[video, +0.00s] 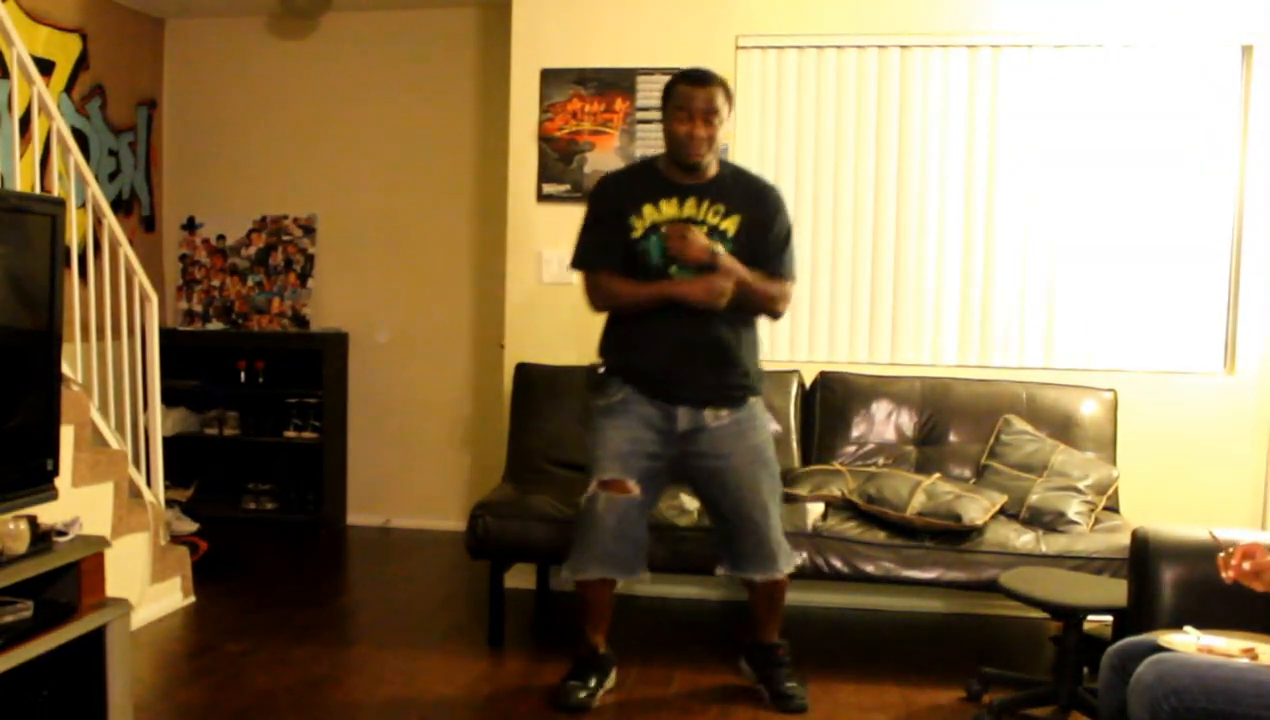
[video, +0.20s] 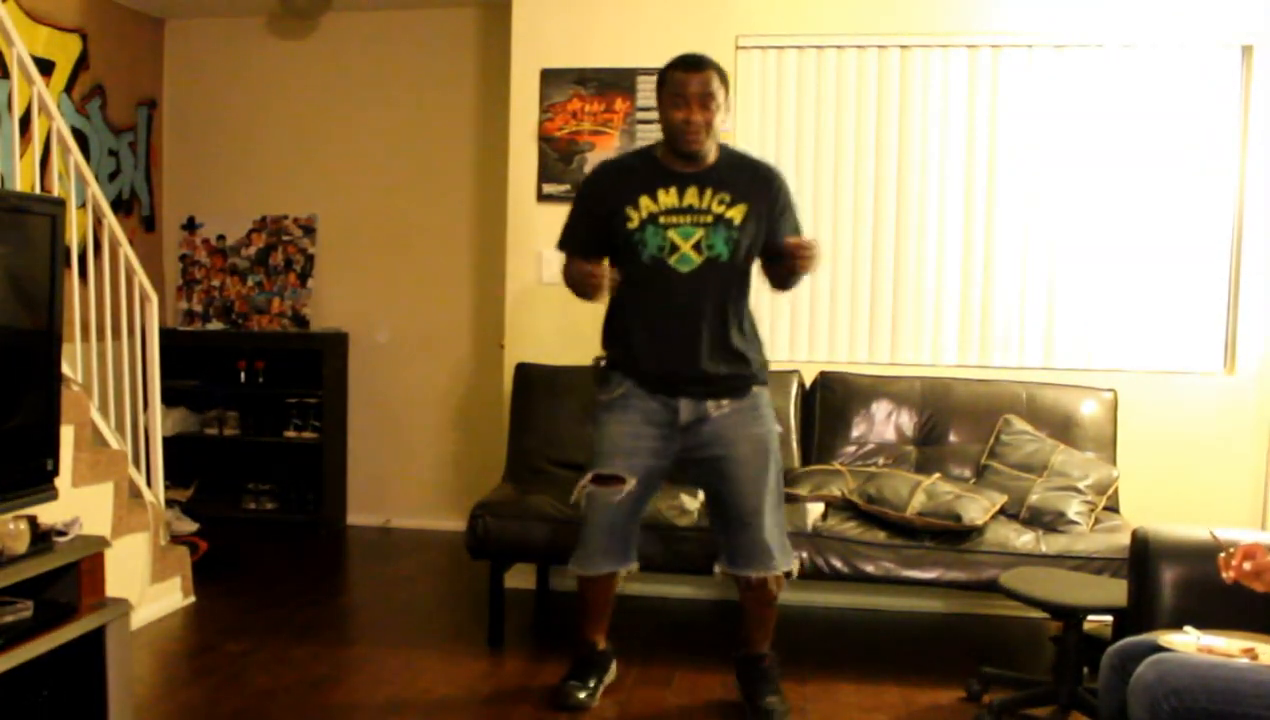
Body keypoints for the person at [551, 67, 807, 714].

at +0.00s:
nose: (696, 127)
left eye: (709, 116)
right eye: (683, 115)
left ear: (726, 123)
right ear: (663, 120)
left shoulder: (759, 200)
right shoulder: (618, 193)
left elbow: (776, 300)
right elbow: (600, 293)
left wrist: (715, 258)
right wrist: (681, 288)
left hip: (729, 402)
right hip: (632, 396)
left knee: (766, 540)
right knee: (604, 518)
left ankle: (769, 650)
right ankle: (592, 657)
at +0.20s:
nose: (693, 114)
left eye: (705, 101)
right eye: (680, 101)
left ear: (724, 108)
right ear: (659, 108)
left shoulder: (760, 184)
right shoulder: (611, 183)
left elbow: (780, 276)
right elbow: (579, 269)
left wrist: (797, 260)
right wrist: (589, 279)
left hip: (732, 390)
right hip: (635, 389)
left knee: (760, 540)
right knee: (603, 517)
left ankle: (758, 663)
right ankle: (592, 657)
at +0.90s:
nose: (639, 111)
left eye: (651, 97)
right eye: (625, 99)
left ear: (671, 100)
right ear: (602, 105)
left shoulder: (714, 164)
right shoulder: (567, 177)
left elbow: (760, 265)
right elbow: (527, 279)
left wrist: (786, 368)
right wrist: (601, 291)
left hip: (660, 391)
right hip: (568, 383)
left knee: (656, 542)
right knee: (549, 532)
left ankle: (720, 662)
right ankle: (546, 695)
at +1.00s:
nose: (628, 115)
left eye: (639, 101)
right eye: (613, 103)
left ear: (658, 100)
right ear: (589, 107)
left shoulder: (704, 156)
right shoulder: (559, 178)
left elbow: (753, 261)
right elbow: (520, 282)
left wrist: (797, 364)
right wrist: (569, 336)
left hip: (636, 390)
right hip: (549, 380)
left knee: (583, 536)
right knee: (530, 538)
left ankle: (631, 672)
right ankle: (543, 697)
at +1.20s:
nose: (613, 121)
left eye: (627, 108)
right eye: (599, 107)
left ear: (646, 106)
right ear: (573, 105)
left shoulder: (688, 171)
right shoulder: (534, 177)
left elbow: (738, 265)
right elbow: (515, 283)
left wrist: (751, 362)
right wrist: (489, 384)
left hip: (646, 393)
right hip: (552, 389)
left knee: (647, 565)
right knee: (524, 552)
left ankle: (626, 687)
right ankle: (546, 697)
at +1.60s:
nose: (667, 137)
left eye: (682, 123)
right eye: (653, 121)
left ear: (707, 115)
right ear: (632, 113)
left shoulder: (747, 181)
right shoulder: (593, 175)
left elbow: (798, 264)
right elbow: (531, 254)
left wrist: (803, 292)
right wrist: (471, 332)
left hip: (725, 410)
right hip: (629, 405)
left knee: (737, 591)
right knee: (627, 558)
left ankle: (723, 716)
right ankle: (537, 670)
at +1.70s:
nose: (685, 144)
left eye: (701, 130)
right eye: (672, 128)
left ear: (724, 124)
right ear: (651, 118)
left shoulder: (759, 190)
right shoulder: (601, 175)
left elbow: (823, 283)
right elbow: (528, 240)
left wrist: (806, 256)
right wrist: (466, 312)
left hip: (740, 416)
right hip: (643, 409)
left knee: (752, 602)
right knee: (670, 565)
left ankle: (724, 715)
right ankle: (602, 697)